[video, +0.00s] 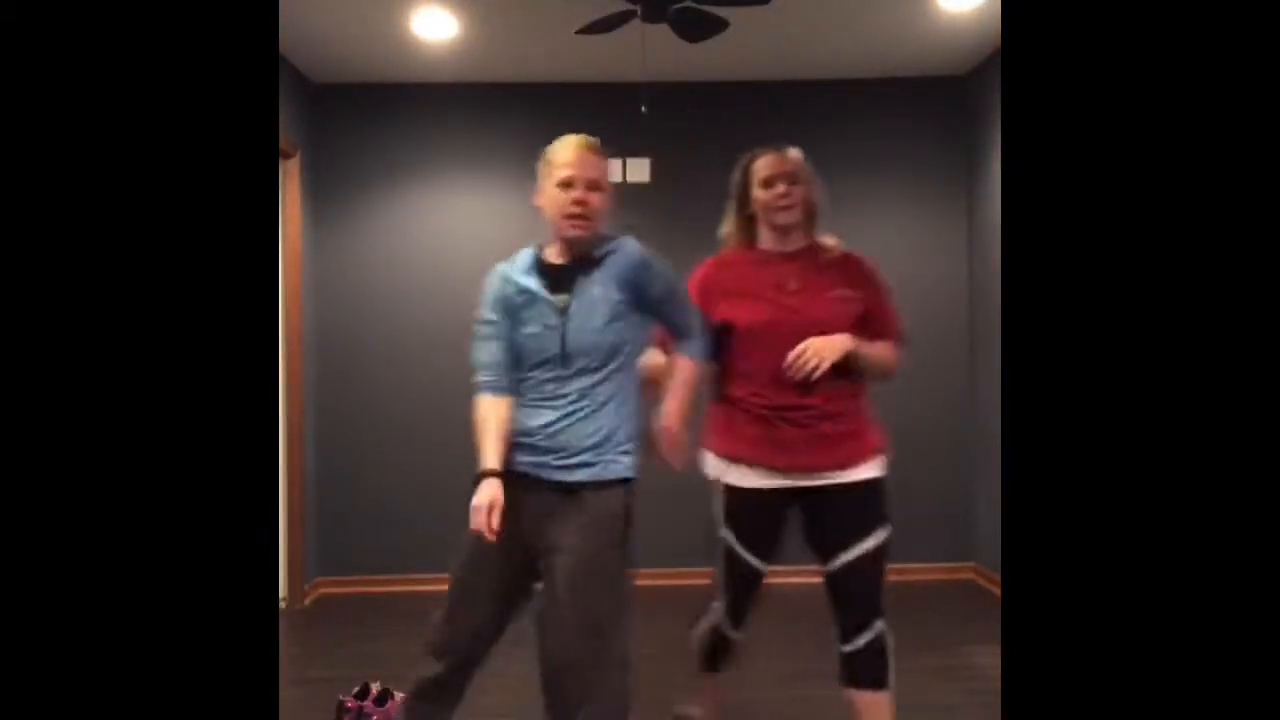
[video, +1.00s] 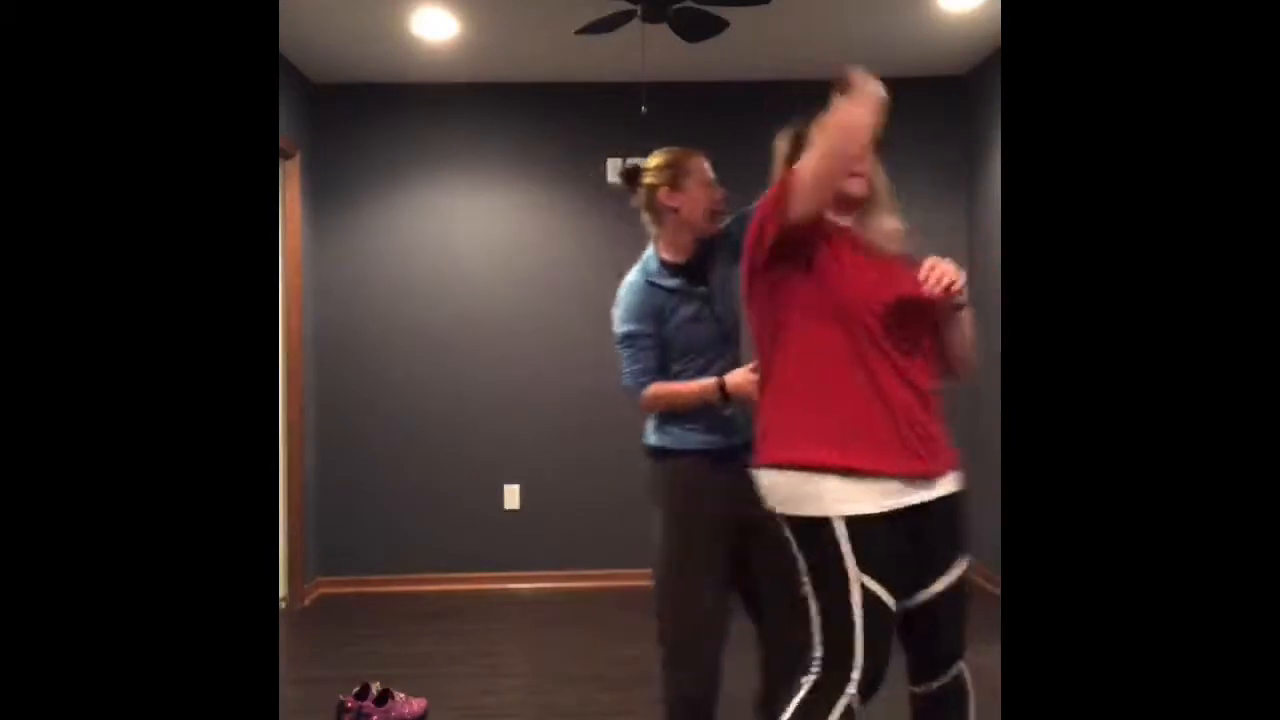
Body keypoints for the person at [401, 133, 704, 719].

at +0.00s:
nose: (581, 199)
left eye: (594, 188)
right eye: (567, 186)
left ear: (610, 199)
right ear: (540, 196)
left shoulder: (631, 268)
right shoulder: (508, 281)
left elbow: (691, 334)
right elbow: (493, 384)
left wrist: (673, 413)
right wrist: (490, 473)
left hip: (597, 488)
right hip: (517, 484)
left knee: (582, 647)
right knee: (459, 635)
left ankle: (588, 716)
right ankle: (418, 710)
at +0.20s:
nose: (578, 198)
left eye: (581, 186)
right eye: (563, 185)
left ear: (583, 192)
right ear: (517, 196)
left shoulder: (576, 266)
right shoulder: (476, 282)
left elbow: (599, 326)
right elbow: (439, 391)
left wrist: (648, 356)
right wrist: (499, 462)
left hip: (553, 497)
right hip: (475, 499)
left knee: (562, 656)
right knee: (445, 665)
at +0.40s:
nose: (587, 198)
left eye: (587, 186)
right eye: (572, 186)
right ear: (528, 199)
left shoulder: (568, 266)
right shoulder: (501, 281)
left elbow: (623, 320)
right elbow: (447, 385)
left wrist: (699, 313)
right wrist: (525, 449)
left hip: (540, 475)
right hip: (498, 478)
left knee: (555, 641)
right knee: (531, 646)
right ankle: (468, 711)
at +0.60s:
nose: (629, 191)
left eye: (624, 180)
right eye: (614, 181)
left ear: (593, 197)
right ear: (576, 198)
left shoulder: (619, 260)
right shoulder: (551, 281)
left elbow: (704, 264)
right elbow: (513, 383)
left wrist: (749, 240)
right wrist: (591, 422)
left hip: (588, 467)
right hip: (563, 472)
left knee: (556, 627)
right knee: (639, 610)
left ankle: (520, 712)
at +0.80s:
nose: (682, 198)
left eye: (676, 187)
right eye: (668, 188)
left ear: (640, 203)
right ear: (633, 203)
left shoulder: (666, 260)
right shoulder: (603, 293)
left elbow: (741, 220)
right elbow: (596, 398)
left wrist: (783, 145)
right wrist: (688, 402)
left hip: (678, 460)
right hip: (637, 468)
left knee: (714, 599)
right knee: (692, 611)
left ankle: (613, 706)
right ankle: (681, 711)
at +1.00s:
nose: (722, 197)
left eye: (718, 186)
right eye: (708, 188)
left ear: (684, 201)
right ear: (670, 202)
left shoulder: (723, 253)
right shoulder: (640, 292)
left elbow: (786, 204)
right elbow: (644, 392)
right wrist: (724, 386)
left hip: (750, 458)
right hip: (687, 465)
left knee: (787, 616)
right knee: (691, 621)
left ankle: (781, 711)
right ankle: (690, 710)